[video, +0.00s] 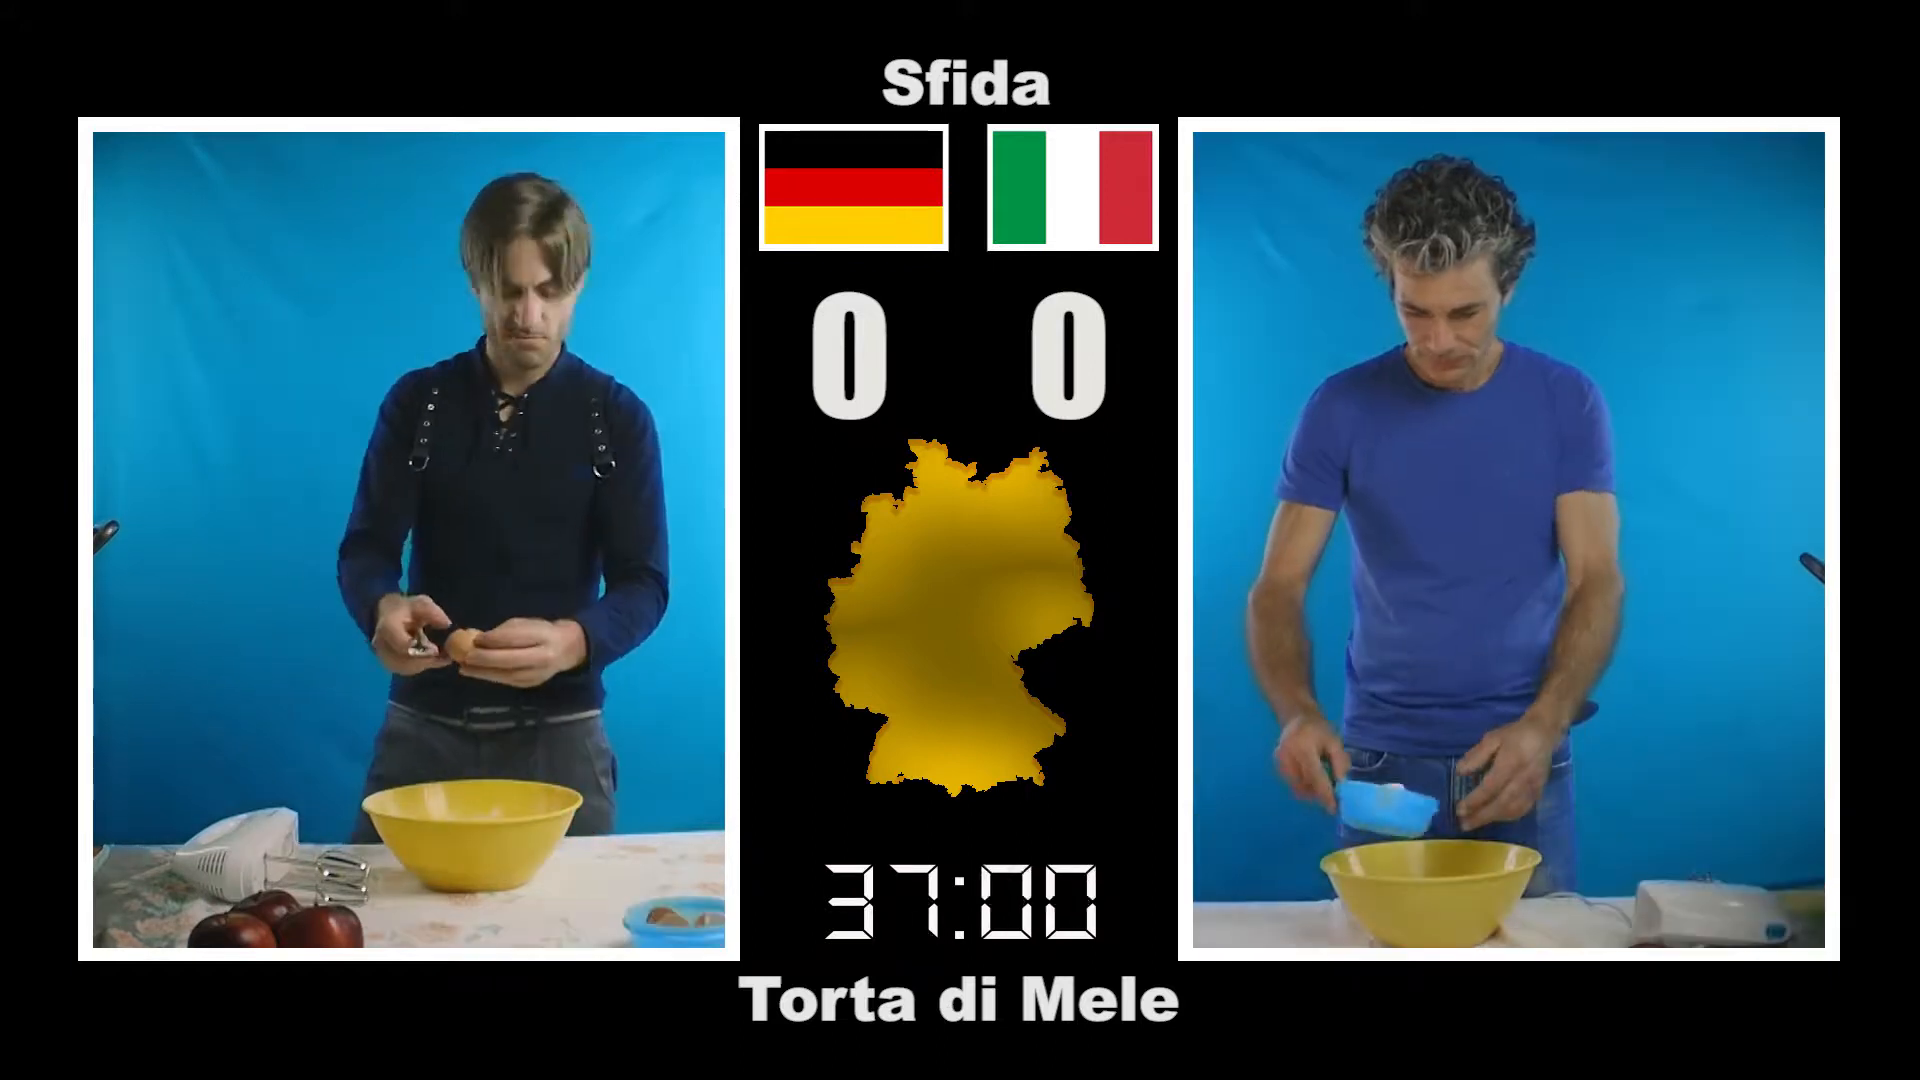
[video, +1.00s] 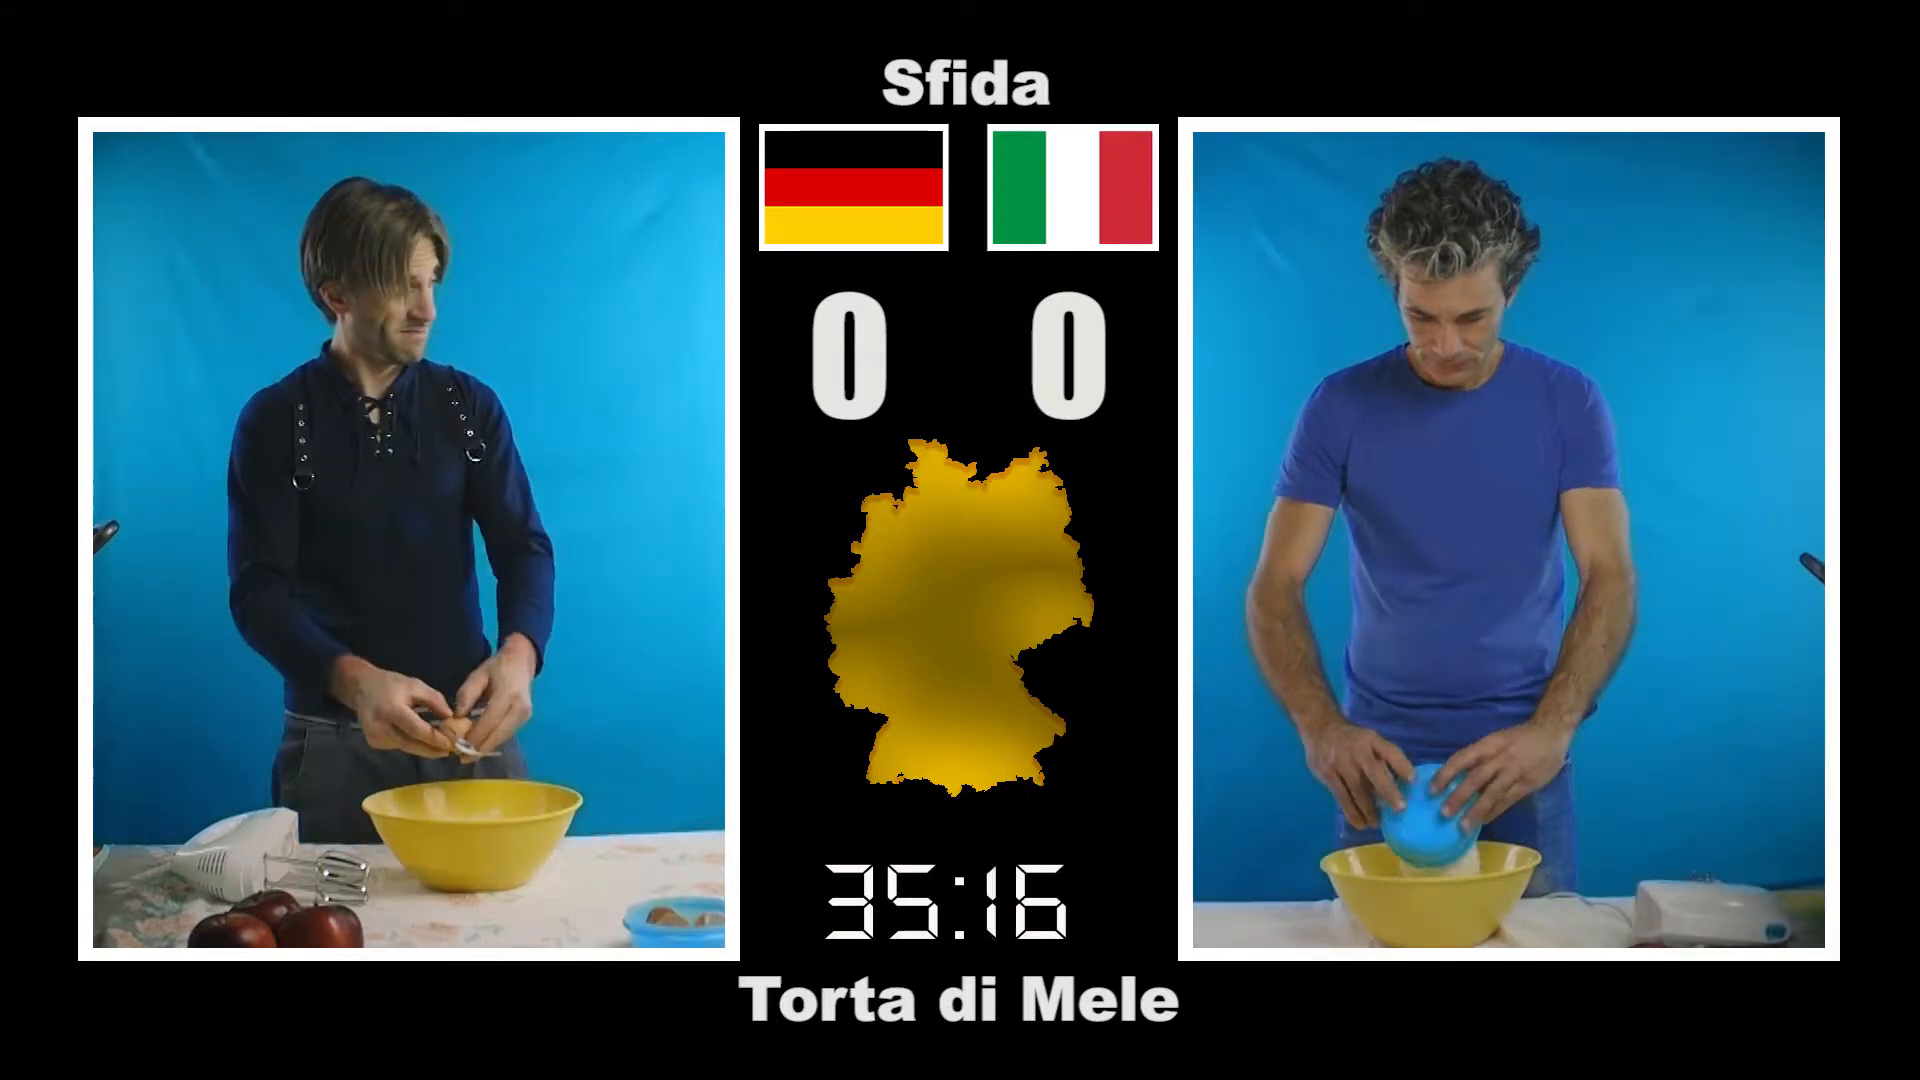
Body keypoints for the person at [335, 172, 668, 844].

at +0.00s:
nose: (527, 316)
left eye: (548, 291)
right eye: (507, 291)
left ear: (577, 285)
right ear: (476, 282)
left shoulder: (615, 418)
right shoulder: (417, 405)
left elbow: (643, 583)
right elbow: (367, 546)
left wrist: (574, 642)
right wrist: (380, 609)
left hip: (559, 746)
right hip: (425, 737)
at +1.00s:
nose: (423, 307)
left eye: (429, 285)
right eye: (399, 287)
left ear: (438, 282)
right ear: (334, 295)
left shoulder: (469, 409)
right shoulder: (276, 423)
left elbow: (523, 545)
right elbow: (256, 592)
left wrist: (519, 655)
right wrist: (358, 682)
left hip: (472, 747)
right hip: (339, 754)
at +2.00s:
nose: (486, 346)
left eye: (506, 325)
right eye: (468, 321)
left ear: (531, 314)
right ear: (432, 298)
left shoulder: (554, 426)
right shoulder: (359, 414)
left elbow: (578, 559)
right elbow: (330, 562)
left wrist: (527, 678)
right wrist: (365, 693)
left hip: (516, 738)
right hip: (383, 739)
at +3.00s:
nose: (399, 307)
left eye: (398, 284)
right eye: (375, 291)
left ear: (401, 273)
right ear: (304, 303)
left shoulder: (443, 397)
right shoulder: (247, 423)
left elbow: (491, 542)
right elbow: (191, 570)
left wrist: (536, 678)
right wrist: (205, 613)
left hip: (447, 740)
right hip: (317, 752)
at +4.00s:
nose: (561, 328)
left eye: (576, 306)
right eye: (542, 301)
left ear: (587, 301)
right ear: (482, 281)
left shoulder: (580, 425)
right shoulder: (381, 395)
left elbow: (603, 577)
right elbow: (296, 537)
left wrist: (599, 711)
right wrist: (325, 581)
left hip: (518, 743)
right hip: (382, 736)